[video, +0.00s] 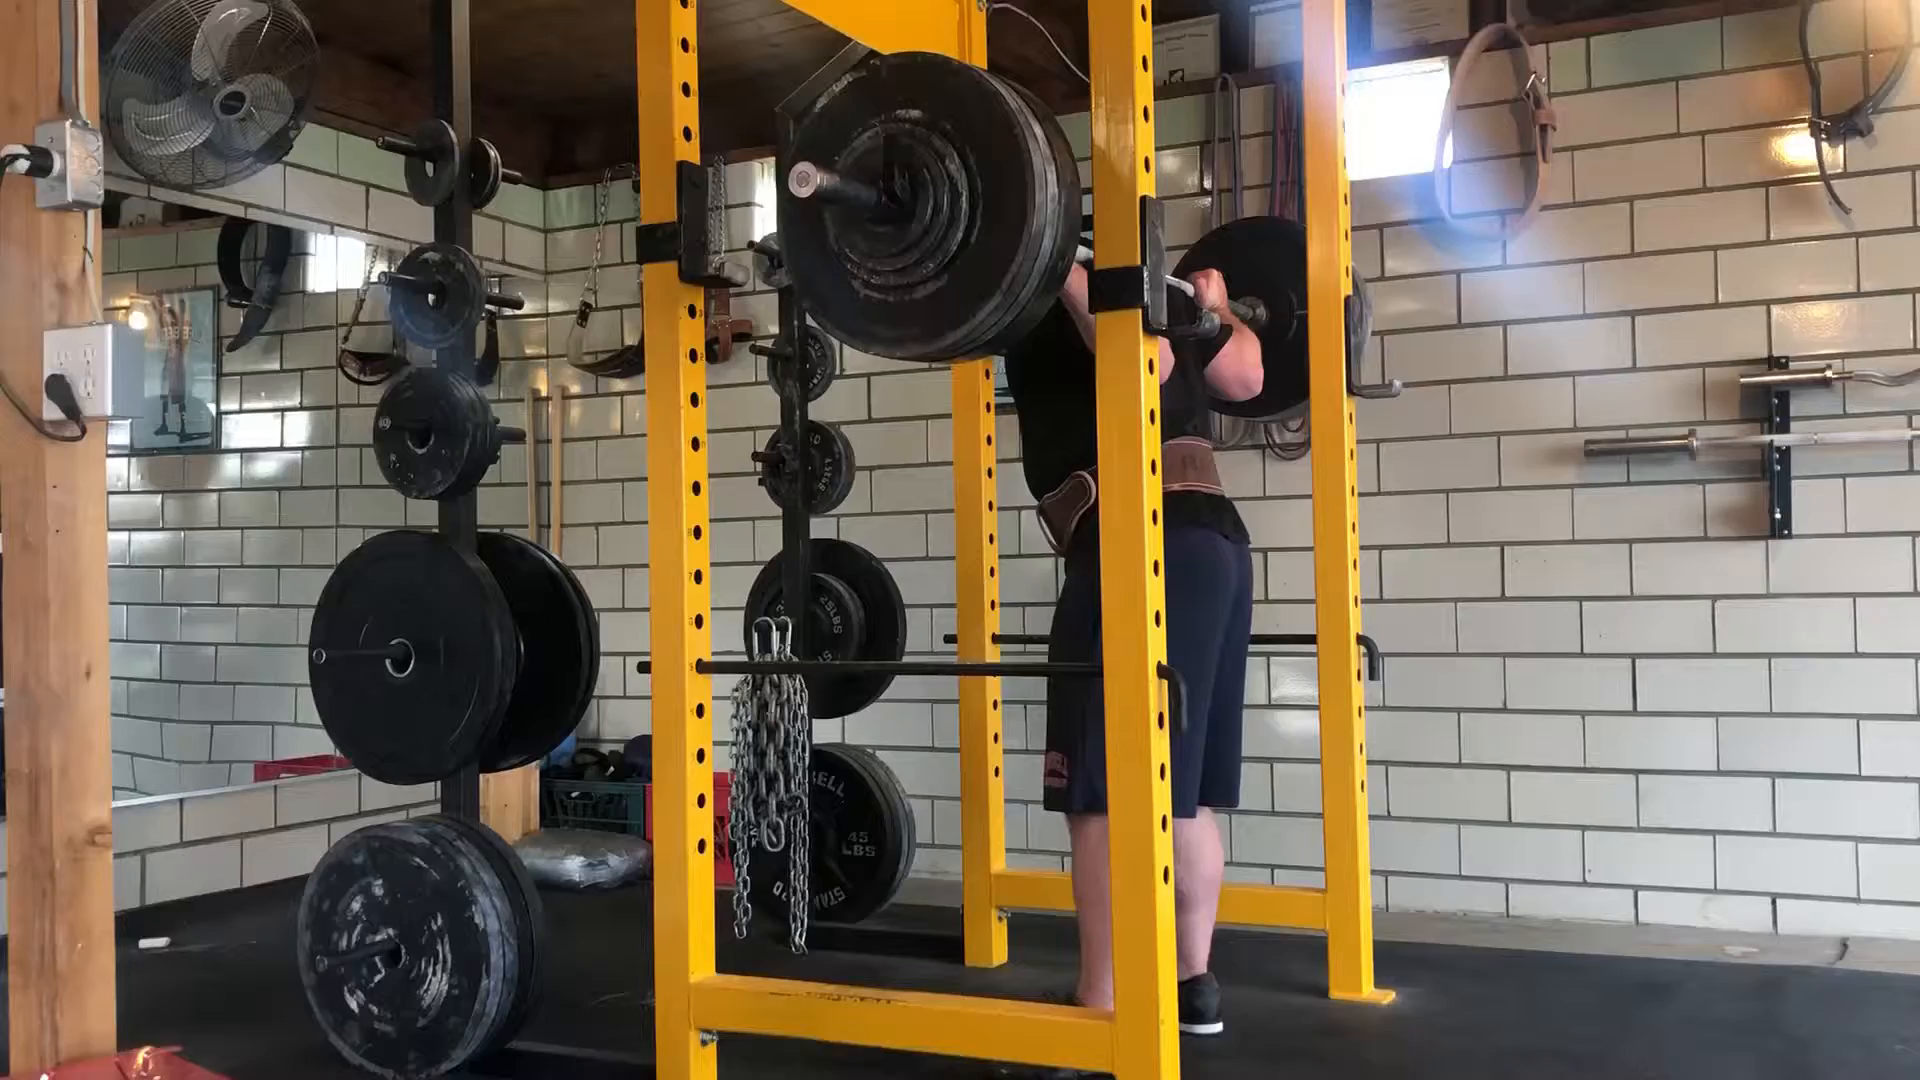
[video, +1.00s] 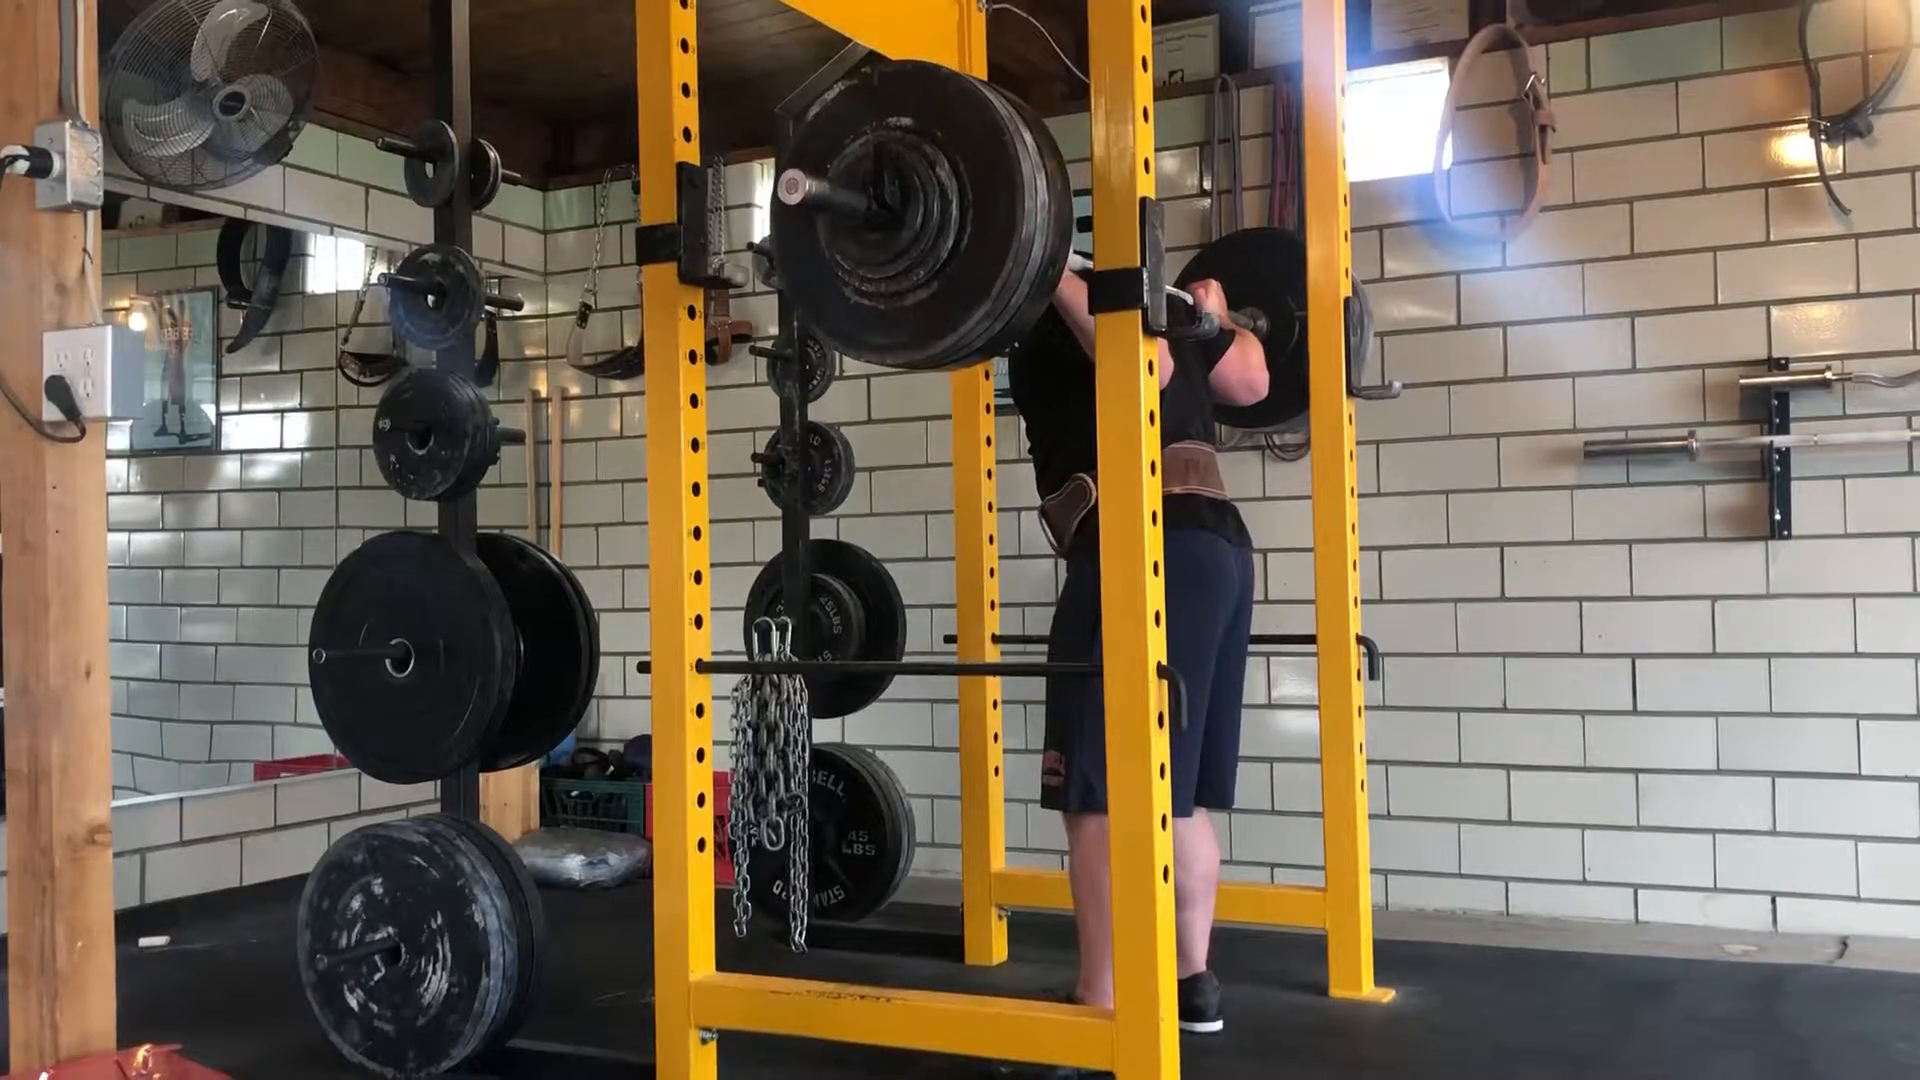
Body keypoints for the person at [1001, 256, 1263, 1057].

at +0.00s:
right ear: (1094, 229)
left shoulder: (1052, 286)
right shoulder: (1163, 296)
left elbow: (1145, 367)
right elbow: (1247, 376)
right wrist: (1217, 308)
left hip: (1127, 539)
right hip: (1210, 541)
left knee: (1094, 786)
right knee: (1190, 786)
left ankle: (1100, 1000)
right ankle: (1194, 983)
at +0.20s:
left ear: (1033, 243)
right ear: (1103, 237)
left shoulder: (1041, 294)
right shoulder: (1162, 296)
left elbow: (1143, 363)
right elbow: (1245, 373)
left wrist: (1080, 288)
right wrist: (1218, 301)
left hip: (1119, 541)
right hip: (1208, 542)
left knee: (1093, 784)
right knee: (1190, 785)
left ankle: (1100, 1000)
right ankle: (1193, 983)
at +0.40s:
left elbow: (1148, 371)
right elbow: (1252, 378)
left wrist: (1075, 286)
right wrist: (1216, 314)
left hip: (1131, 541)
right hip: (1213, 543)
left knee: (1094, 783)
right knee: (1192, 782)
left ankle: (1100, 998)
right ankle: (1194, 984)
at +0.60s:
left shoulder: (1057, 305)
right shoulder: (1173, 305)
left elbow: (1153, 368)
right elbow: (1254, 377)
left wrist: (1067, 280)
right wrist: (1216, 311)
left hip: (1133, 542)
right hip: (1215, 546)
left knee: (1094, 787)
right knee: (1187, 786)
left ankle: (1099, 1004)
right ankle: (1192, 984)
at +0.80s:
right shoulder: (1180, 314)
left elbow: (1148, 369)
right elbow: (1253, 379)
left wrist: (1066, 280)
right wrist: (1215, 312)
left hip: (1131, 540)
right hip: (1215, 542)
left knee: (1093, 787)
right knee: (1189, 785)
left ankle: (1100, 999)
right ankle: (1194, 984)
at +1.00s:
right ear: (1086, 238)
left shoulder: (1050, 303)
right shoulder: (1168, 302)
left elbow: (1142, 371)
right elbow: (1251, 378)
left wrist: (1067, 283)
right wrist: (1214, 310)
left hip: (1128, 544)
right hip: (1216, 547)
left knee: (1096, 787)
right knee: (1189, 785)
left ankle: (1100, 1003)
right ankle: (1194, 982)